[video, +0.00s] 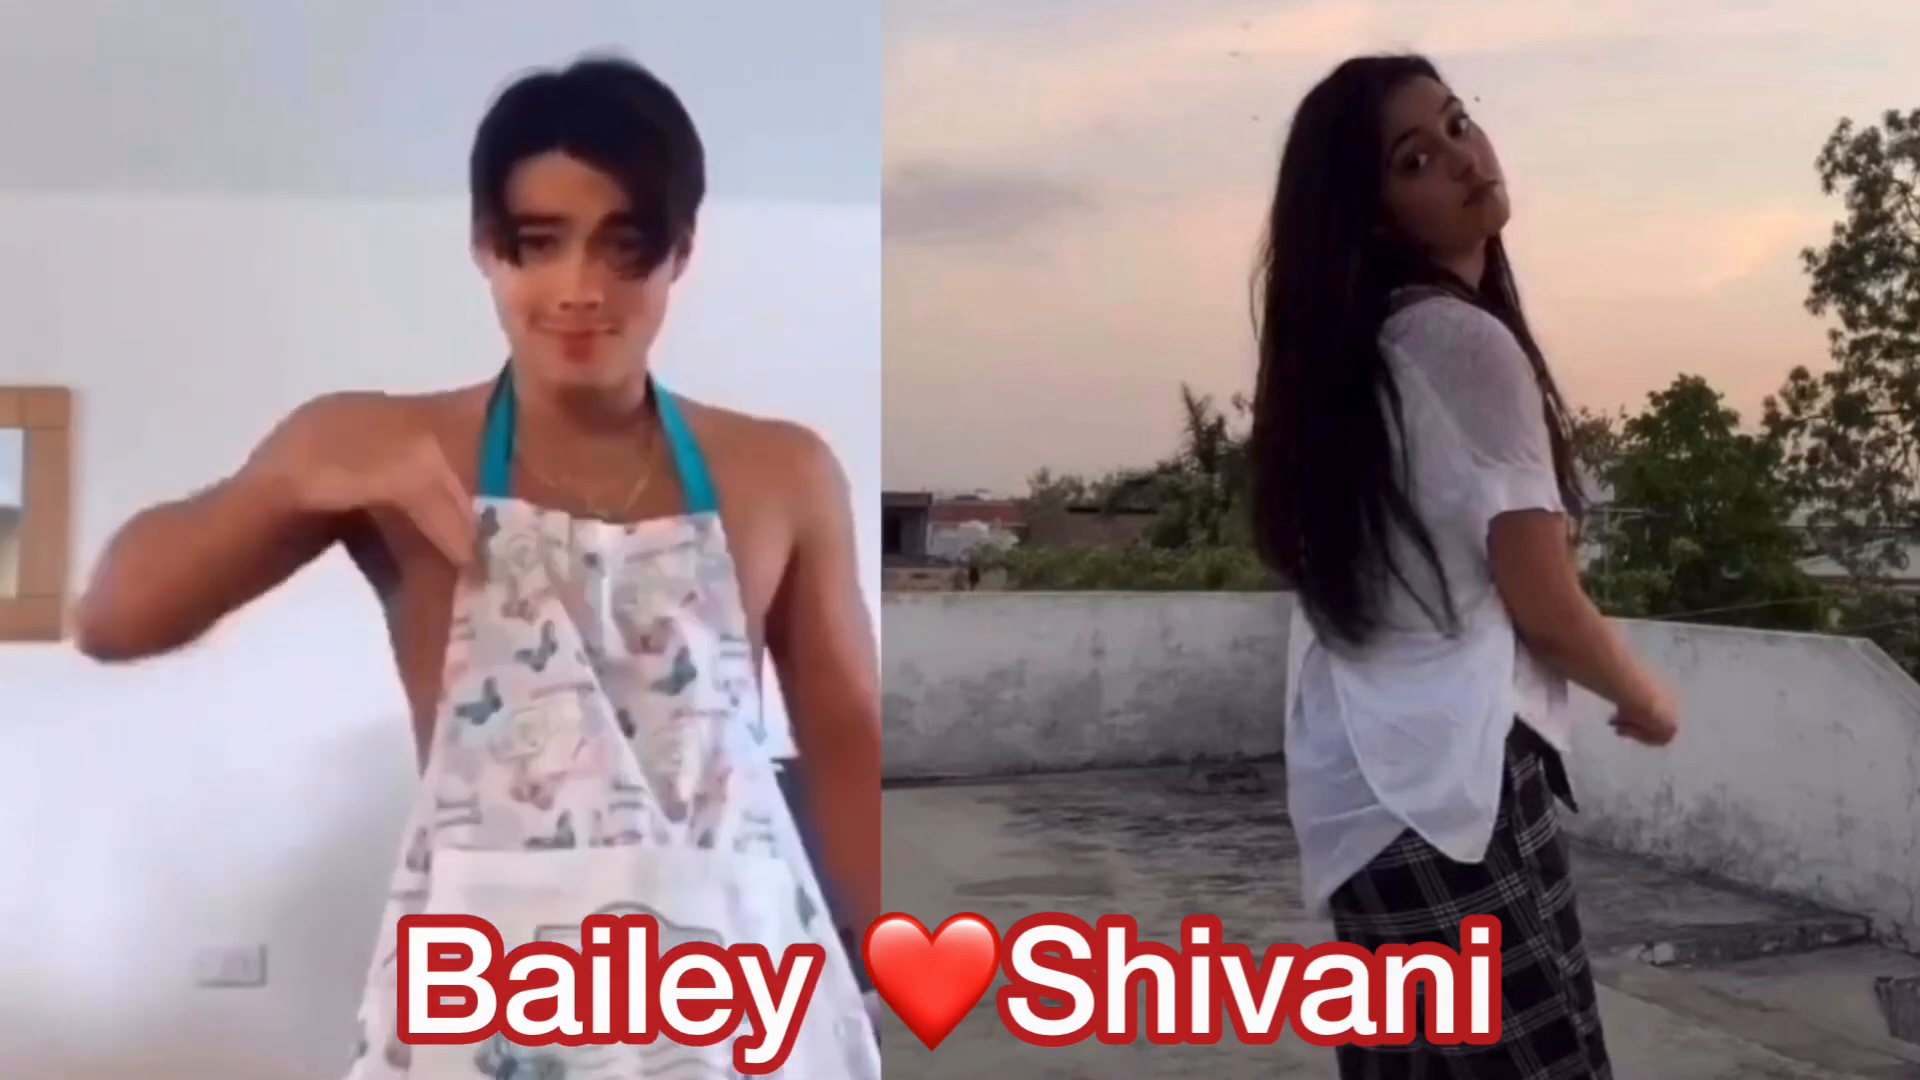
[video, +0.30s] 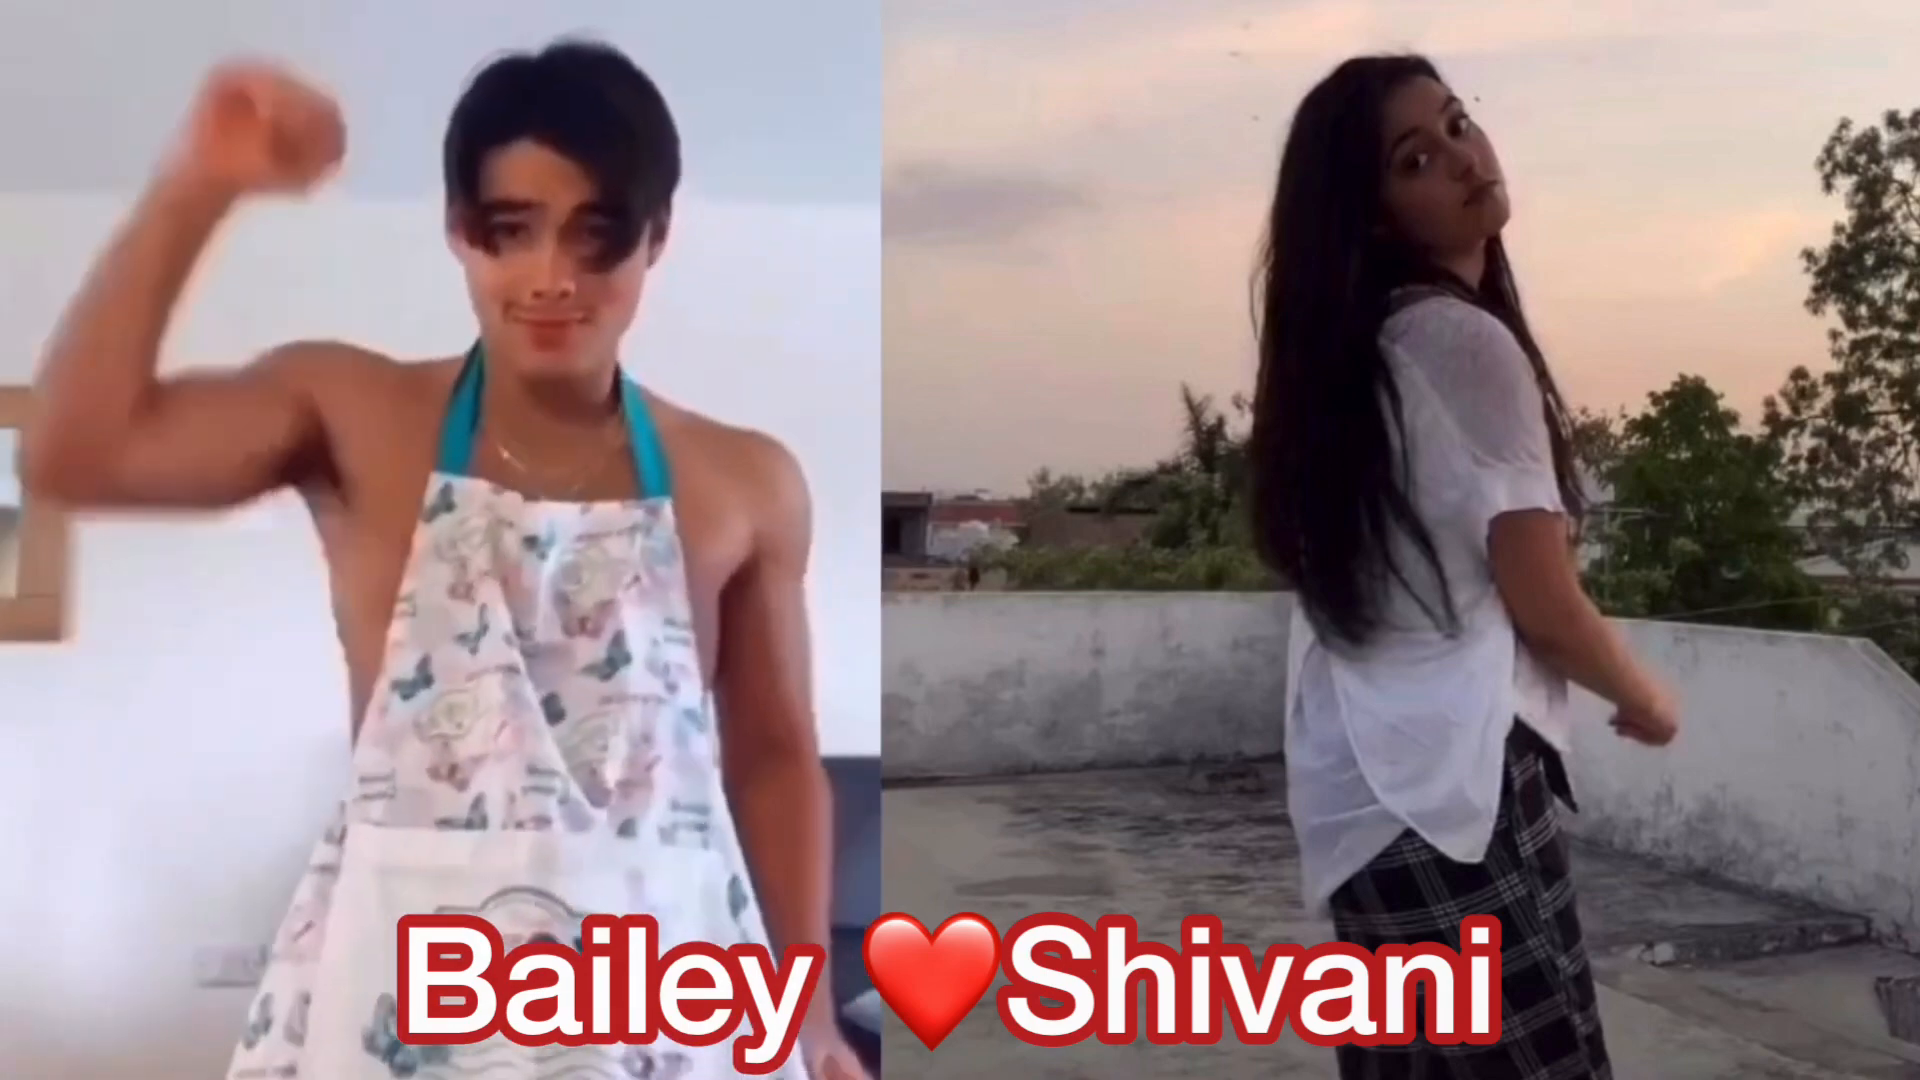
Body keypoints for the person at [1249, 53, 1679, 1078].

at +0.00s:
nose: (1466, 157)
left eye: (1459, 125)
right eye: (1417, 158)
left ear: (1480, 128)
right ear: (1371, 211)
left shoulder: (1356, 333)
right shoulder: (1465, 339)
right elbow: (1547, 605)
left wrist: (1562, 666)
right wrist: (1643, 696)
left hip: (1363, 784)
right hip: (1452, 790)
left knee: (1398, 1057)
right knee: (1545, 1057)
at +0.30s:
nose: (1466, 157)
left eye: (1459, 125)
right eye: (1417, 158)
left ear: (1480, 128)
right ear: (1370, 211)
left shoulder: (1353, 333)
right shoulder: (1465, 339)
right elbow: (1546, 604)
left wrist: (1560, 666)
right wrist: (1643, 697)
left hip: (1361, 783)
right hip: (1452, 789)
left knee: (1397, 1056)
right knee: (1545, 1056)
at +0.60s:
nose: (1466, 157)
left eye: (1459, 125)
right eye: (1417, 158)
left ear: (1480, 128)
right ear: (1371, 211)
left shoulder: (1356, 333)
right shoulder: (1465, 339)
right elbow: (1547, 605)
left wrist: (1562, 666)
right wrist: (1643, 696)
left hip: (1363, 784)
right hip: (1452, 790)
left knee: (1398, 1057)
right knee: (1545, 1057)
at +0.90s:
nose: (1466, 157)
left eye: (1459, 125)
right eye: (1417, 158)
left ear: (1480, 128)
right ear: (1371, 211)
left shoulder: (1356, 333)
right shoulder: (1465, 339)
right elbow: (1547, 605)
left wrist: (1562, 666)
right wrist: (1643, 696)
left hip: (1363, 784)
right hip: (1452, 790)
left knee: (1398, 1057)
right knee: (1545, 1057)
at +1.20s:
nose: (1466, 158)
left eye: (1459, 125)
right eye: (1417, 158)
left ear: (1480, 129)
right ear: (1370, 210)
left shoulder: (1356, 333)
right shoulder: (1465, 339)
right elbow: (1547, 606)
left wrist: (1564, 666)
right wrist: (1642, 696)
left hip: (1364, 785)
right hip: (1453, 790)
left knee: (1398, 1057)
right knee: (1545, 1056)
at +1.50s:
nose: (1466, 157)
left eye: (1459, 125)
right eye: (1417, 158)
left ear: (1480, 128)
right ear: (1370, 211)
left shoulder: (1353, 333)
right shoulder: (1465, 339)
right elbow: (1546, 604)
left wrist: (1560, 666)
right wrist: (1643, 697)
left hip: (1361, 783)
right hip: (1452, 789)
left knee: (1397, 1056)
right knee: (1545, 1056)